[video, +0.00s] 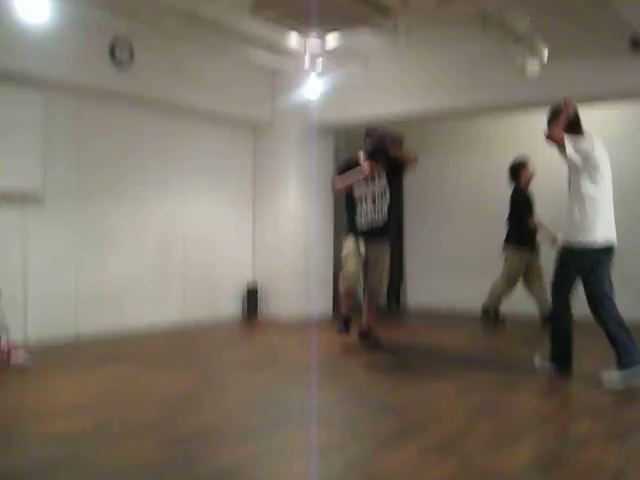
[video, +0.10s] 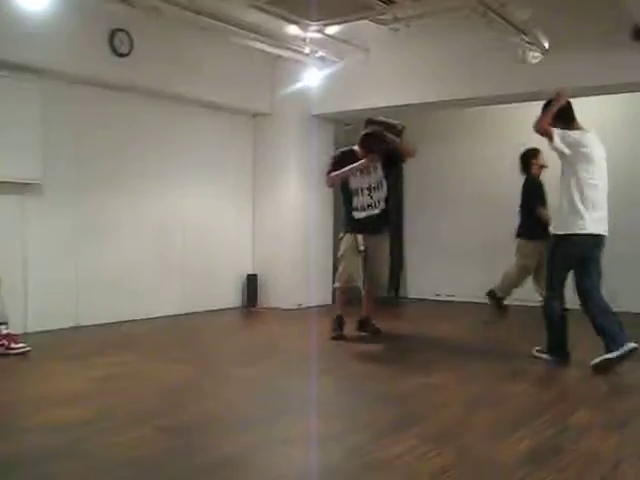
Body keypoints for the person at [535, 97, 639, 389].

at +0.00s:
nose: (550, 134)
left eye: (552, 127)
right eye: (549, 128)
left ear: (563, 124)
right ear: (572, 123)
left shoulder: (586, 146)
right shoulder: (583, 150)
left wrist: (564, 142)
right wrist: (568, 236)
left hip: (589, 240)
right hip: (584, 240)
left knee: (559, 299)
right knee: (603, 304)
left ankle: (560, 361)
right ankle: (629, 363)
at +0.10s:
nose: (549, 128)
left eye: (549, 123)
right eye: (547, 122)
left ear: (558, 120)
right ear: (573, 117)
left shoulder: (576, 141)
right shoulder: (593, 141)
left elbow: (541, 127)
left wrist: (555, 103)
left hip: (572, 231)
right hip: (595, 231)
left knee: (553, 293)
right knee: (590, 292)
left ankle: (557, 351)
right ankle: (618, 342)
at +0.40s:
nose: (533, 130)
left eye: (533, 125)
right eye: (533, 125)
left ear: (537, 122)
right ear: (556, 118)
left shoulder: (549, 141)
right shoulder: (583, 148)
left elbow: (514, 126)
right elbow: (586, 187)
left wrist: (530, 101)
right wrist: (583, 215)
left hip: (548, 227)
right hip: (572, 228)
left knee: (542, 288)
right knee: (565, 283)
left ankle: (548, 347)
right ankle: (573, 339)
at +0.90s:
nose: (534, 140)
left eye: (534, 134)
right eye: (533, 136)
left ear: (544, 126)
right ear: (550, 127)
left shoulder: (561, 146)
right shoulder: (569, 150)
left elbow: (540, 132)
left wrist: (544, 119)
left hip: (566, 222)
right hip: (575, 221)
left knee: (555, 281)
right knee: (561, 281)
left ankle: (565, 339)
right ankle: (562, 332)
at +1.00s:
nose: (538, 143)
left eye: (538, 137)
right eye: (535, 139)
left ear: (550, 126)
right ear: (550, 128)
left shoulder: (568, 149)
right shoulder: (561, 153)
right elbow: (563, 191)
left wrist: (550, 124)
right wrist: (558, 222)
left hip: (573, 223)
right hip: (566, 223)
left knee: (568, 284)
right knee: (564, 284)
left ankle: (580, 339)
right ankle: (565, 333)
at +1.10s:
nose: (542, 142)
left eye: (542, 136)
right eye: (539, 138)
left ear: (553, 127)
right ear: (550, 130)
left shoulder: (573, 146)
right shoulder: (563, 150)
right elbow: (564, 190)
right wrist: (557, 220)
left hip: (577, 221)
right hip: (567, 222)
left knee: (575, 281)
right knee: (564, 282)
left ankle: (596, 335)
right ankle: (567, 332)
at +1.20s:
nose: (545, 137)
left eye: (546, 131)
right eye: (543, 132)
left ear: (558, 128)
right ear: (554, 131)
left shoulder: (579, 147)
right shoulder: (563, 153)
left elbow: (579, 132)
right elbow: (564, 192)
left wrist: (570, 116)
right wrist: (557, 222)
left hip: (582, 221)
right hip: (566, 222)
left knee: (588, 279)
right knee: (564, 282)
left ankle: (610, 334)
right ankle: (568, 333)